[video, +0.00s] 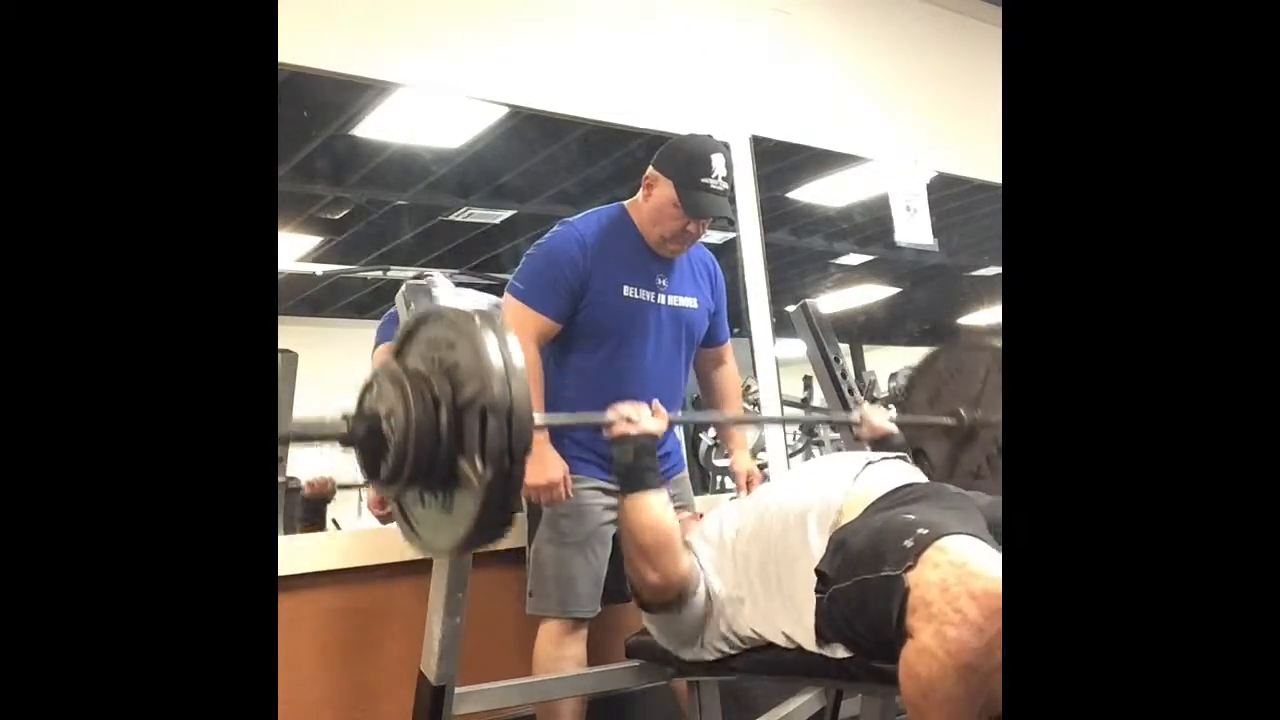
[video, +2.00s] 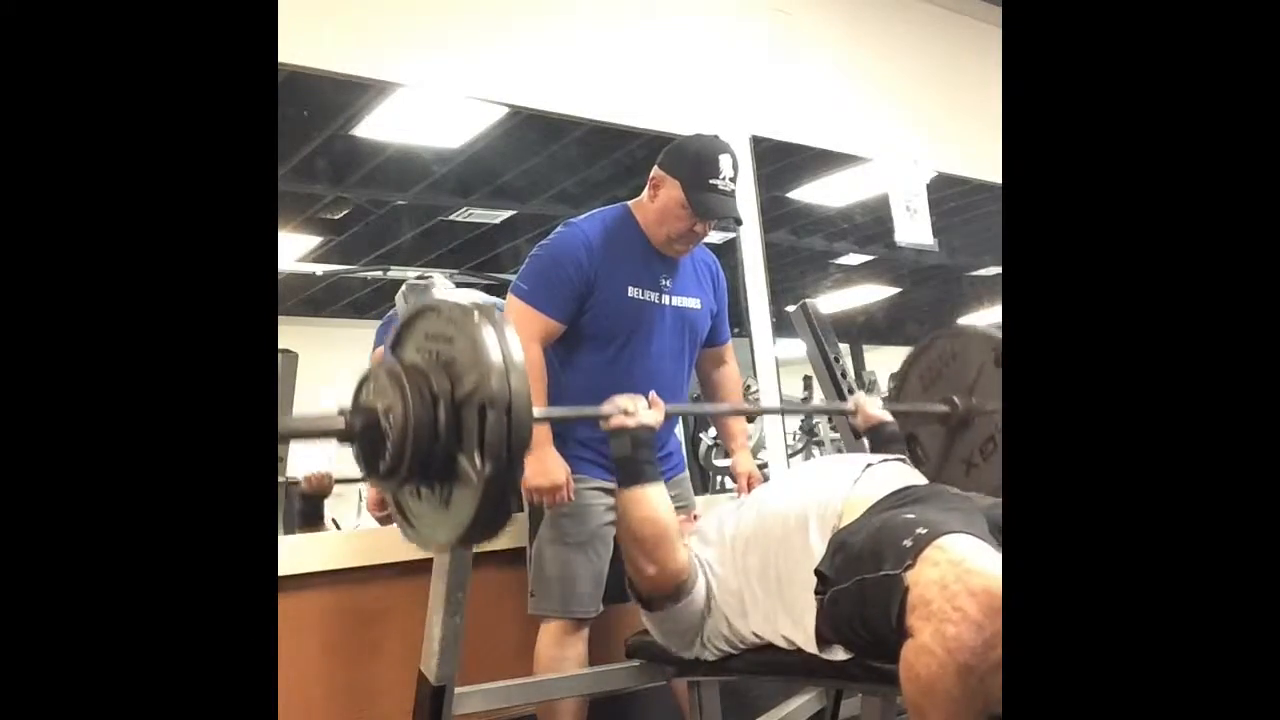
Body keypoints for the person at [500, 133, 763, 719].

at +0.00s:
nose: (699, 227)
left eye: (708, 218)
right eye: (689, 211)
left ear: (717, 214)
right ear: (650, 186)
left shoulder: (704, 269)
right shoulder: (575, 246)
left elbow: (718, 364)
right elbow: (516, 340)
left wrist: (739, 449)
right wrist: (535, 444)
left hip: (661, 473)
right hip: (579, 469)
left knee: (634, 614)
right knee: (568, 620)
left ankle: (616, 715)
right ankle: (563, 718)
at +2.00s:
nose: (704, 229)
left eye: (713, 219)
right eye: (696, 212)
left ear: (722, 214)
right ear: (657, 186)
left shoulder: (706, 270)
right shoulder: (579, 247)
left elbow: (719, 364)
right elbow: (520, 340)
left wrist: (739, 449)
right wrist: (538, 446)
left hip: (661, 470)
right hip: (579, 467)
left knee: (652, 611)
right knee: (570, 619)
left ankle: (638, 713)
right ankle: (565, 716)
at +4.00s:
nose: (703, 228)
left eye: (712, 218)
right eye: (694, 212)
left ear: (722, 214)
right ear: (655, 185)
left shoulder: (706, 270)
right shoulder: (578, 247)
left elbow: (719, 364)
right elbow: (521, 341)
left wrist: (740, 450)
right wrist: (537, 448)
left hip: (662, 470)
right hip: (579, 468)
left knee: (657, 612)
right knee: (569, 622)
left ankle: (645, 714)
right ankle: (563, 717)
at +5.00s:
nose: (708, 229)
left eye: (716, 218)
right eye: (699, 212)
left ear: (724, 215)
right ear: (659, 185)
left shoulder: (709, 271)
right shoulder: (582, 247)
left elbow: (722, 364)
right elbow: (523, 340)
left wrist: (744, 450)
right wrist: (540, 447)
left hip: (663, 468)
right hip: (580, 466)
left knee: (651, 609)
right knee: (569, 621)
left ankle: (617, 712)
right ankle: (561, 717)